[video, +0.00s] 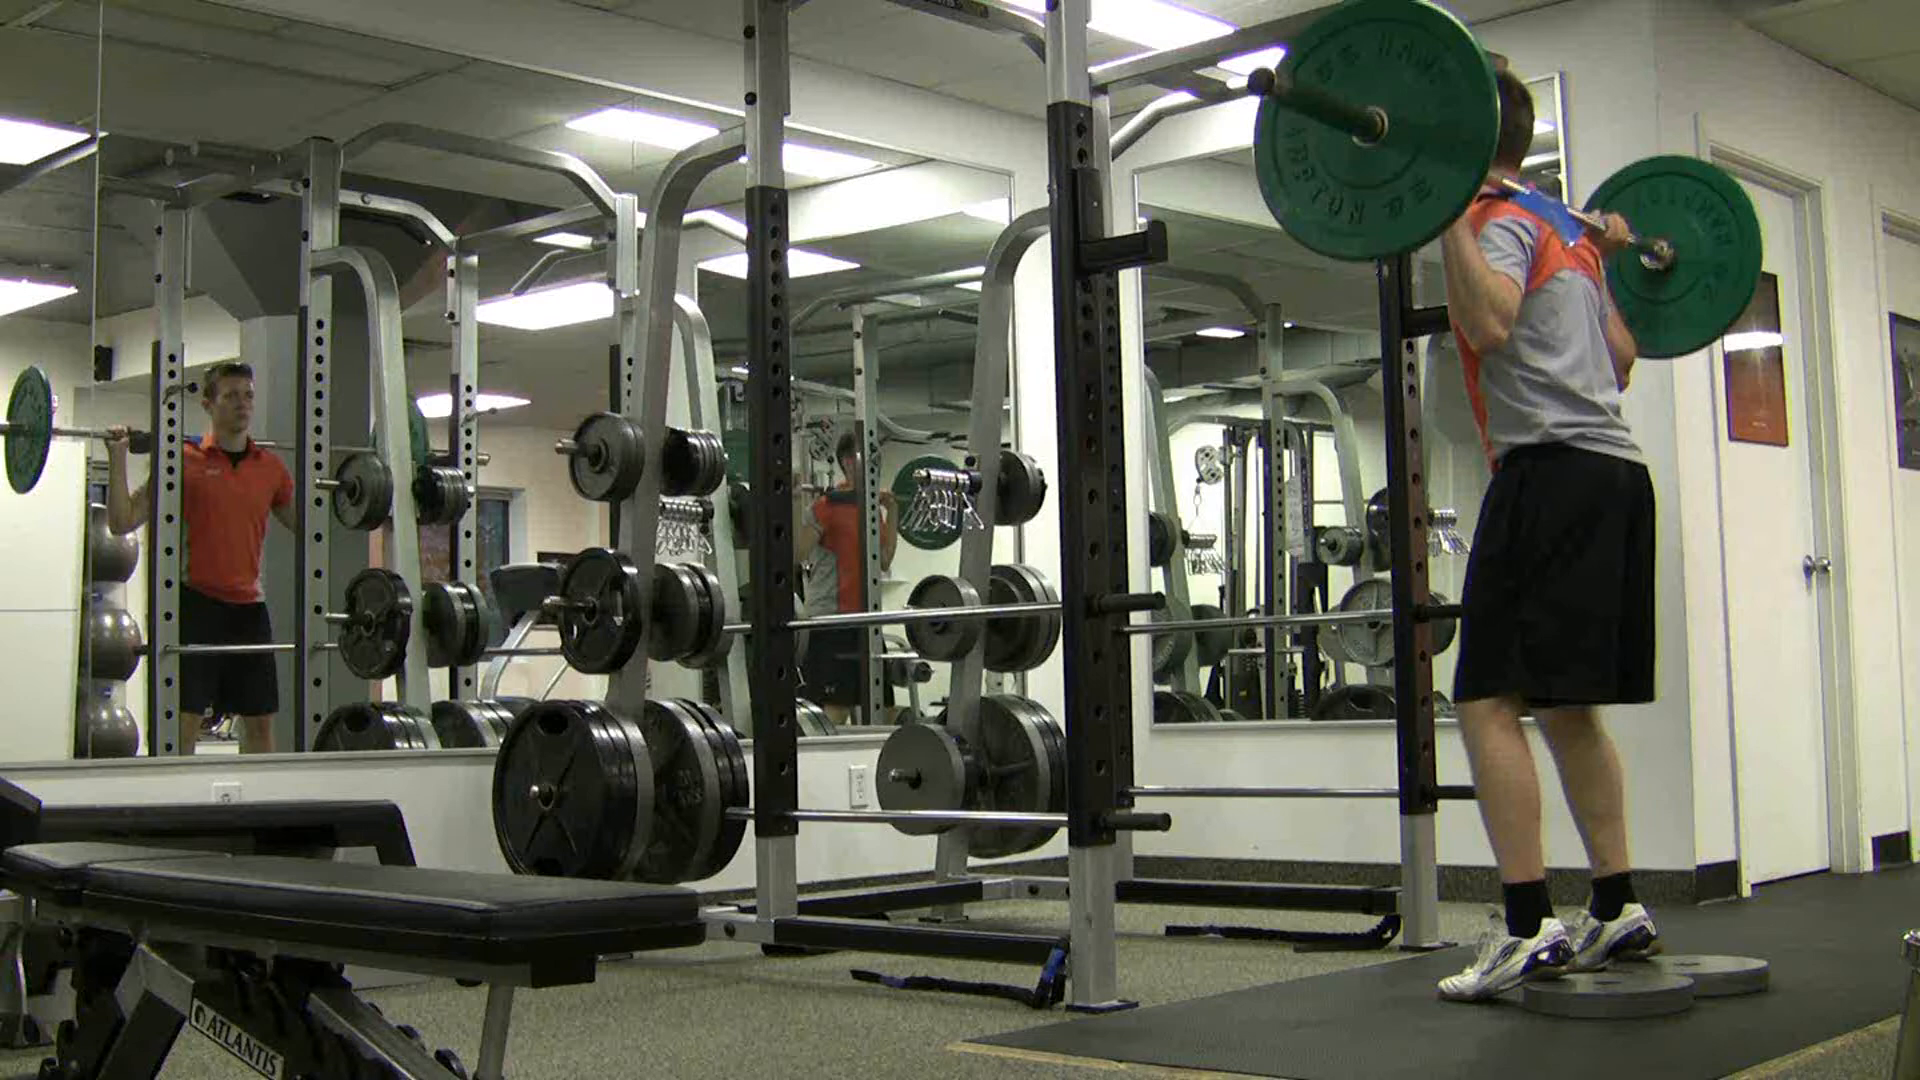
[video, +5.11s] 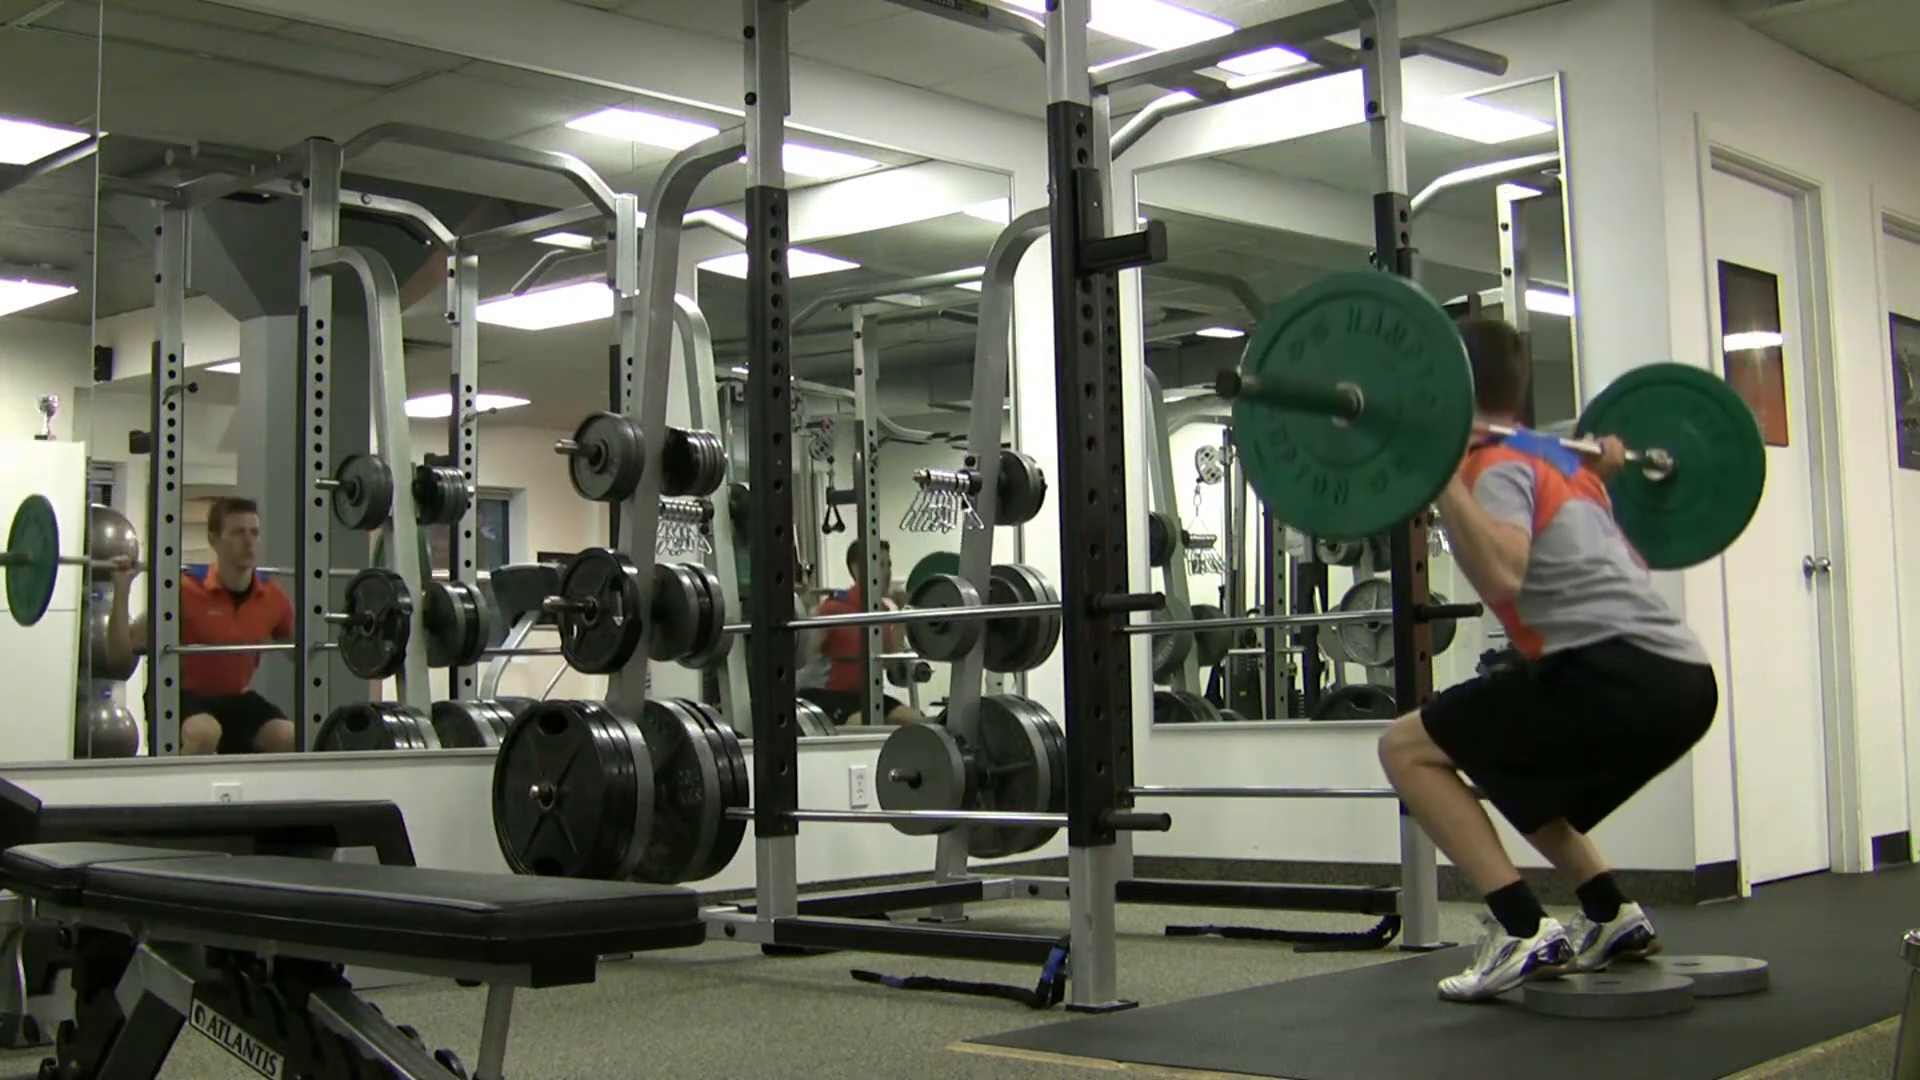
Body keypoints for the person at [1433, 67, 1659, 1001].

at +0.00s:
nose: (1443, 152)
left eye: (1449, 131)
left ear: (1469, 141)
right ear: (1526, 141)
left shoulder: (1499, 216)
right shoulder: (1572, 226)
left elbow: (1490, 325)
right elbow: (1620, 356)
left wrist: (1447, 217)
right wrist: (1607, 253)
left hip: (1546, 480)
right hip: (1611, 479)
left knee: (1486, 702)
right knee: (1569, 703)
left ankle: (1526, 930)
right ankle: (1616, 909)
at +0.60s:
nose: (1436, 272)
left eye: (1443, 256)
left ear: (1459, 262)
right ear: (1518, 266)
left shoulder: (1494, 333)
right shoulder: (1559, 338)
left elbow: (1489, 442)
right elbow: (1614, 434)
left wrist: (1439, 337)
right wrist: (1591, 346)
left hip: (1587, 562)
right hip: (1660, 567)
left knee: (1426, 729)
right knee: (1521, 739)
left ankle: (1524, 930)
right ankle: (1615, 912)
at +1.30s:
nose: (1425, 403)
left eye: (1433, 389)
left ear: (1451, 397)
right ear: (1519, 400)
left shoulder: (1501, 474)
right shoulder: (1560, 468)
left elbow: (1499, 586)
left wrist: (1440, 478)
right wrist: (1593, 478)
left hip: (1612, 683)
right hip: (1678, 693)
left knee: (1401, 750)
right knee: (1505, 779)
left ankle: (1523, 930)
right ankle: (1612, 913)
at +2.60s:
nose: (1441, 293)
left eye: (1443, 275)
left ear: (1456, 277)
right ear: (1518, 278)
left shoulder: (1496, 341)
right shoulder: (1564, 351)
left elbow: (1491, 444)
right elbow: (1607, 443)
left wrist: (1439, 341)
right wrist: (1597, 362)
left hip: (1591, 566)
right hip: (1666, 568)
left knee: (1428, 729)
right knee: (1516, 739)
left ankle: (1522, 929)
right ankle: (1614, 913)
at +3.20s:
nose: (1437, 157)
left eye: (1442, 136)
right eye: (1447, 137)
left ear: (1464, 144)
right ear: (1520, 145)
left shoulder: (1498, 216)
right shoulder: (1573, 229)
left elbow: (1483, 325)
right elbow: (1623, 356)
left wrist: (1445, 219)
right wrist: (1610, 254)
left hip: (1554, 472)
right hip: (1618, 472)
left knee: (1494, 701)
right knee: (1576, 702)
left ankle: (1527, 931)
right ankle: (1617, 910)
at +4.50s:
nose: (1435, 276)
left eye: (1441, 259)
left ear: (1454, 263)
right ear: (1518, 266)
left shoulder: (1494, 335)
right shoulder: (1564, 345)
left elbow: (1493, 442)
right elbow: (1625, 450)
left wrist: (1440, 339)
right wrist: (1598, 357)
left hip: (1585, 566)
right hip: (1656, 572)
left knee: (1423, 731)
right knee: (1517, 741)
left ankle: (1524, 930)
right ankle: (1615, 912)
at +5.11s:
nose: (1429, 396)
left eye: (1435, 382)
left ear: (1447, 390)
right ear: (1520, 393)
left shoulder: (1498, 462)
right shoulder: (1564, 459)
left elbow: (1503, 578)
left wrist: (1442, 476)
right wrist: (1602, 471)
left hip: (1611, 674)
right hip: (1682, 683)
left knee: (1406, 748)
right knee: (1509, 773)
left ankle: (1523, 929)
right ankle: (1613, 914)